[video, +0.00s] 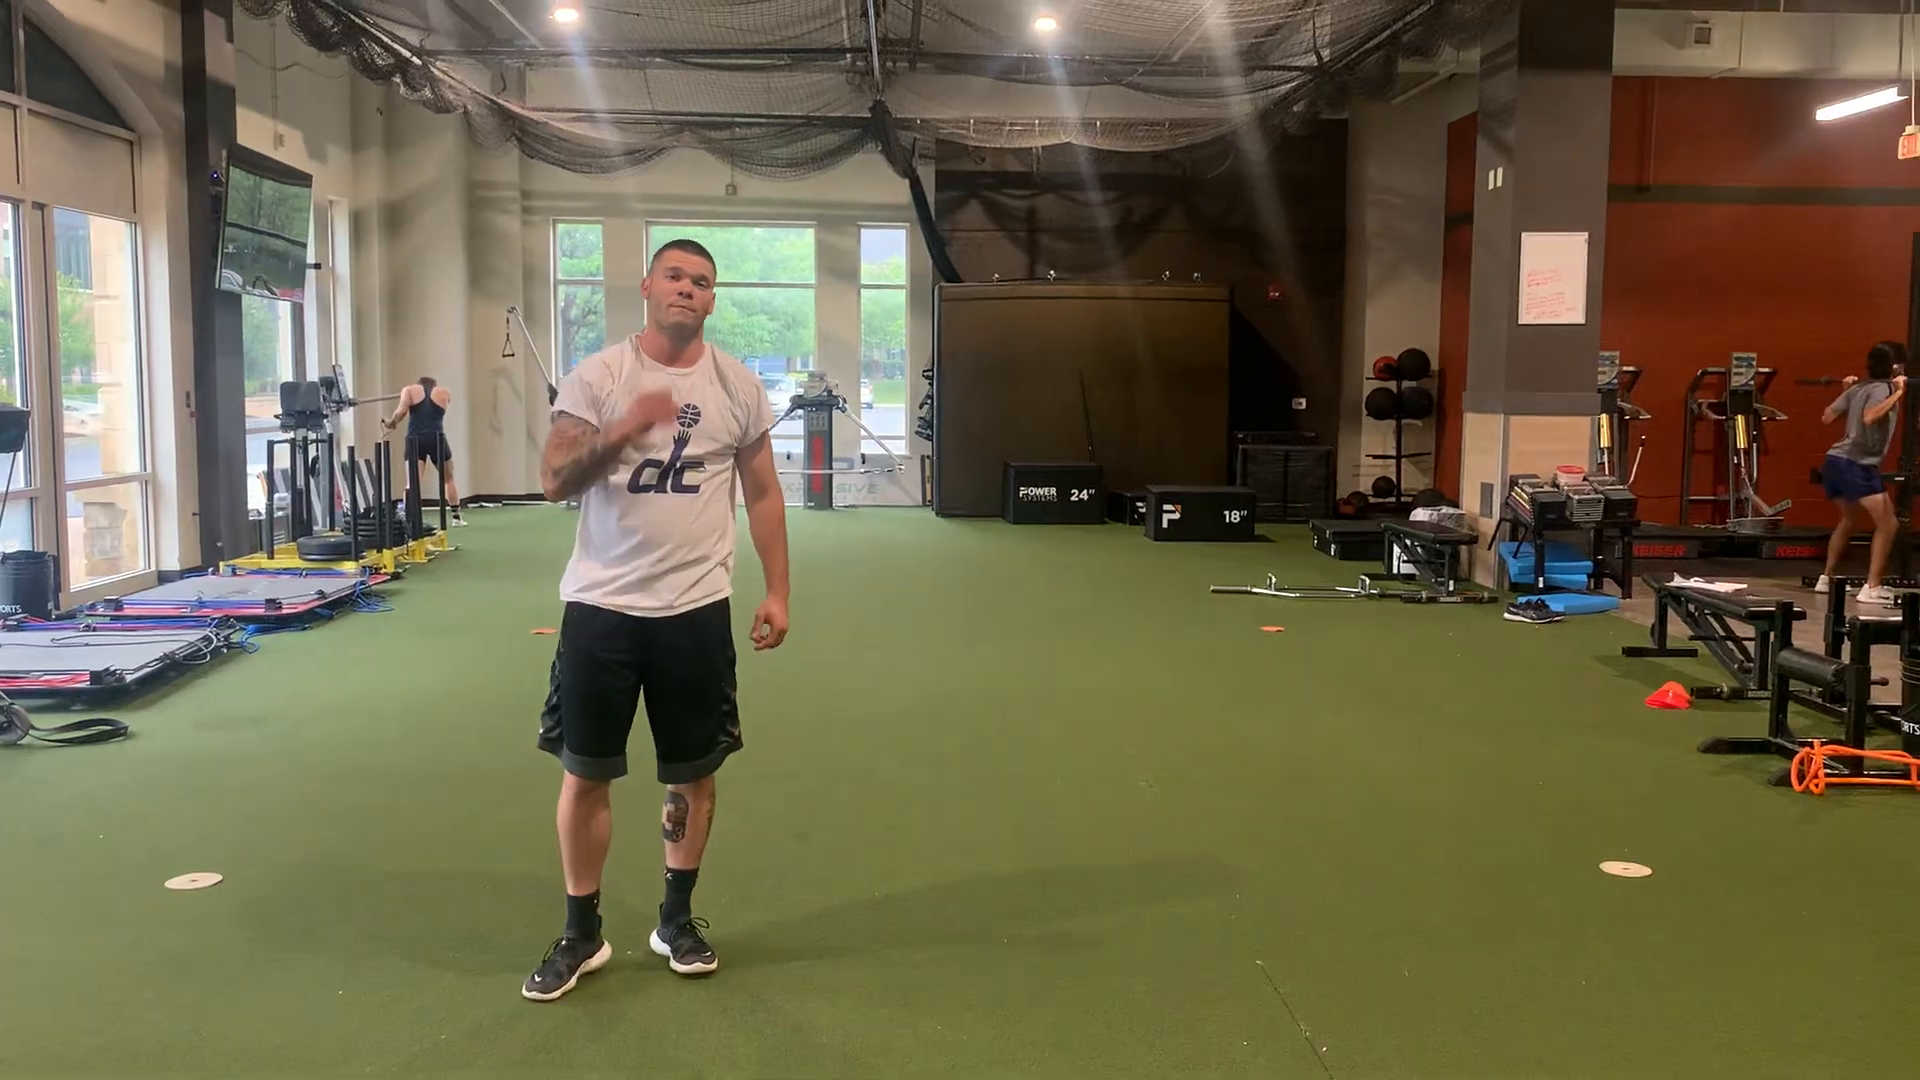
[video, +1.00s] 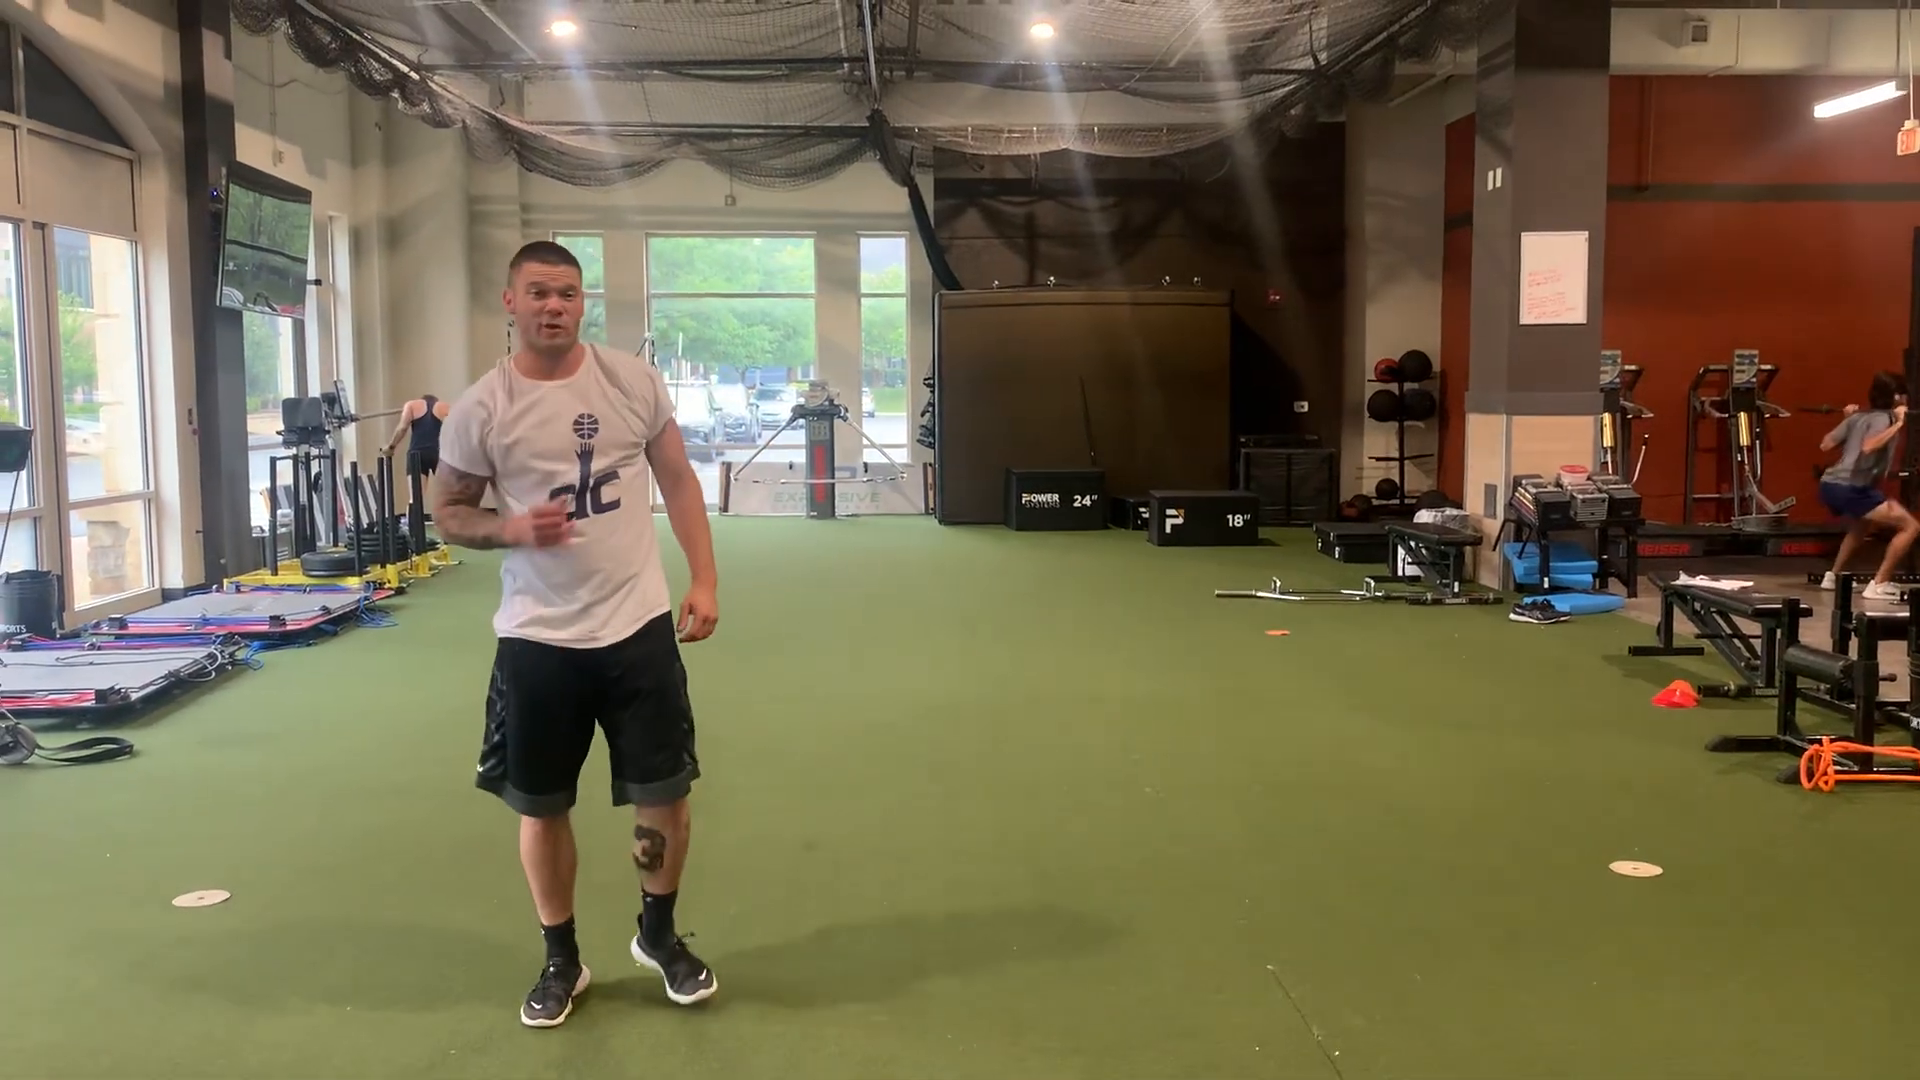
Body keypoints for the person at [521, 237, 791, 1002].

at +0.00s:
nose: (687, 290)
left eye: (700, 282)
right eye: (674, 276)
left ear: (714, 303)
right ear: (645, 287)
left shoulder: (738, 386)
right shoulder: (596, 375)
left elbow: (763, 493)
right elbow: (557, 478)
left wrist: (777, 591)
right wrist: (624, 430)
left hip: (696, 607)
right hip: (602, 605)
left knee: (691, 771)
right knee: (584, 773)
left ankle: (676, 919)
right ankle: (580, 933)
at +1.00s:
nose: (552, 305)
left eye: (565, 293)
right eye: (537, 292)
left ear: (584, 304)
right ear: (509, 303)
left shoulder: (634, 380)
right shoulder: (479, 409)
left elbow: (679, 482)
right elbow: (448, 512)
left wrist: (704, 578)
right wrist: (513, 528)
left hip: (637, 623)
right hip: (539, 637)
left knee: (665, 787)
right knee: (543, 803)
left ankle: (658, 933)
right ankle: (560, 959)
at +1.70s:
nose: (658, 293)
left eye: (675, 284)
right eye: (645, 277)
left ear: (692, 304)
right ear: (614, 284)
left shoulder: (717, 398)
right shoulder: (552, 389)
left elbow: (786, 508)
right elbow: (476, 497)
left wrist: (808, 498)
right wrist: (449, 466)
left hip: (669, 652)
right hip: (559, 652)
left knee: (678, 841)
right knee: (542, 836)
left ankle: (669, 1021)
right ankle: (563, 938)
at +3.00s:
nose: (603, 286)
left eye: (622, 270)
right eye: (583, 267)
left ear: (647, 287)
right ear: (549, 283)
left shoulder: (706, 400)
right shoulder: (502, 422)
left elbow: (767, 519)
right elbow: (437, 548)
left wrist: (818, 520)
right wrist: (438, 592)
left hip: (696, 723)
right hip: (561, 738)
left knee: (736, 948)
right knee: (568, 958)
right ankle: (586, 1079)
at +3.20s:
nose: (647, 278)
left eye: (669, 265)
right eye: (628, 259)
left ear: (692, 289)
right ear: (595, 277)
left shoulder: (746, 406)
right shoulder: (534, 418)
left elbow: (800, 530)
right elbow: (496, 566)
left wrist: (815, 560)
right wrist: (562, 606)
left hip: (716, 738)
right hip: (579, 747)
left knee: (747, 977)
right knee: (575, 975)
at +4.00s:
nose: (774, 272)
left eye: (795, 258)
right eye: (750, 253)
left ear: (818, 285)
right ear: (705, 277)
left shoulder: (867, 422)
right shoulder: (640, 433)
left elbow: (923, 571)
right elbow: (589, 607)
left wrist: (884, 610)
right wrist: (590, 744)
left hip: (830, 807)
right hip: (683, 816)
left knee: (805, 1051)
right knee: (678, 1061)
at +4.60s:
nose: (817, 262)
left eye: (841, 239)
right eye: (788, 238)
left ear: (871, 259)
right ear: (741, 259)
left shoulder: (938, 410)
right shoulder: (677, 436)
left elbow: (996, 573)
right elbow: (603, 640)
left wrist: (995, 628)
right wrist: (737, 704)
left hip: (918, 864)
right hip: (741, 876)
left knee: (949, 1064)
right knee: (712, 1066)